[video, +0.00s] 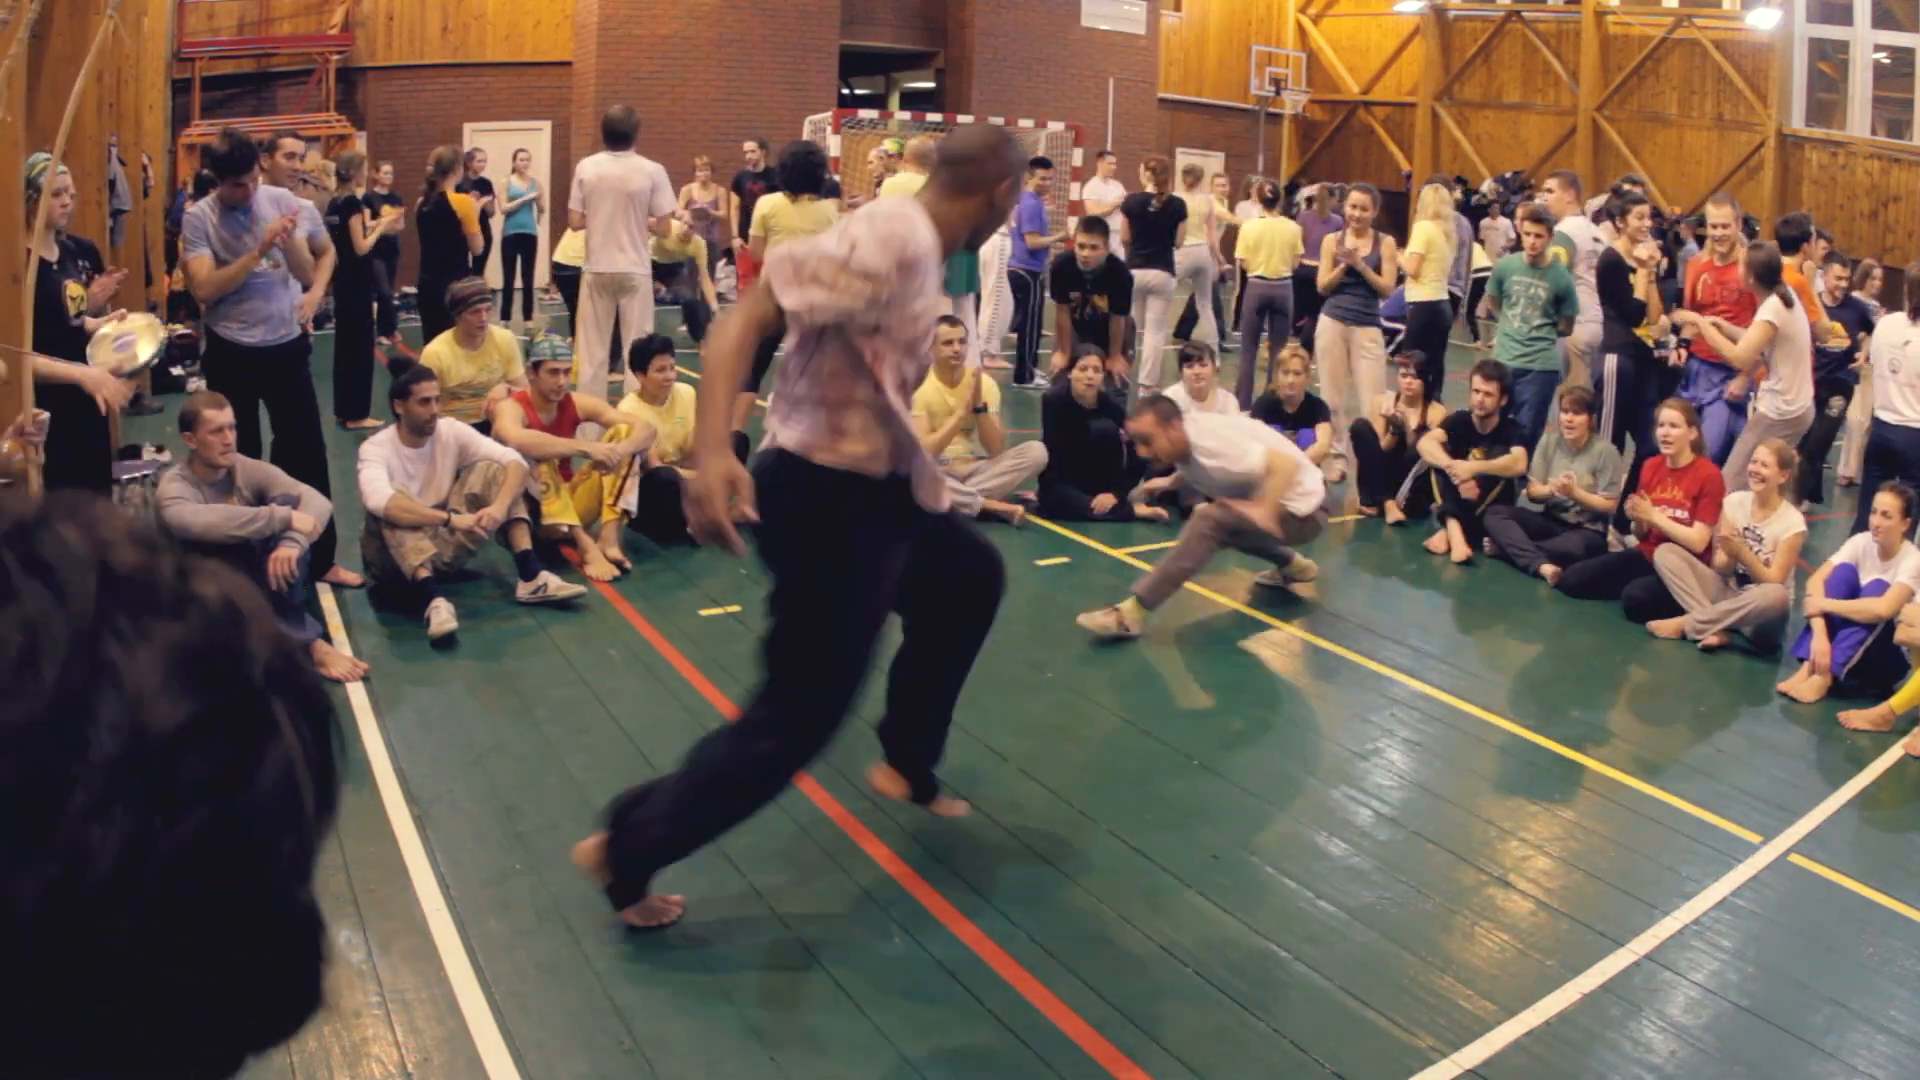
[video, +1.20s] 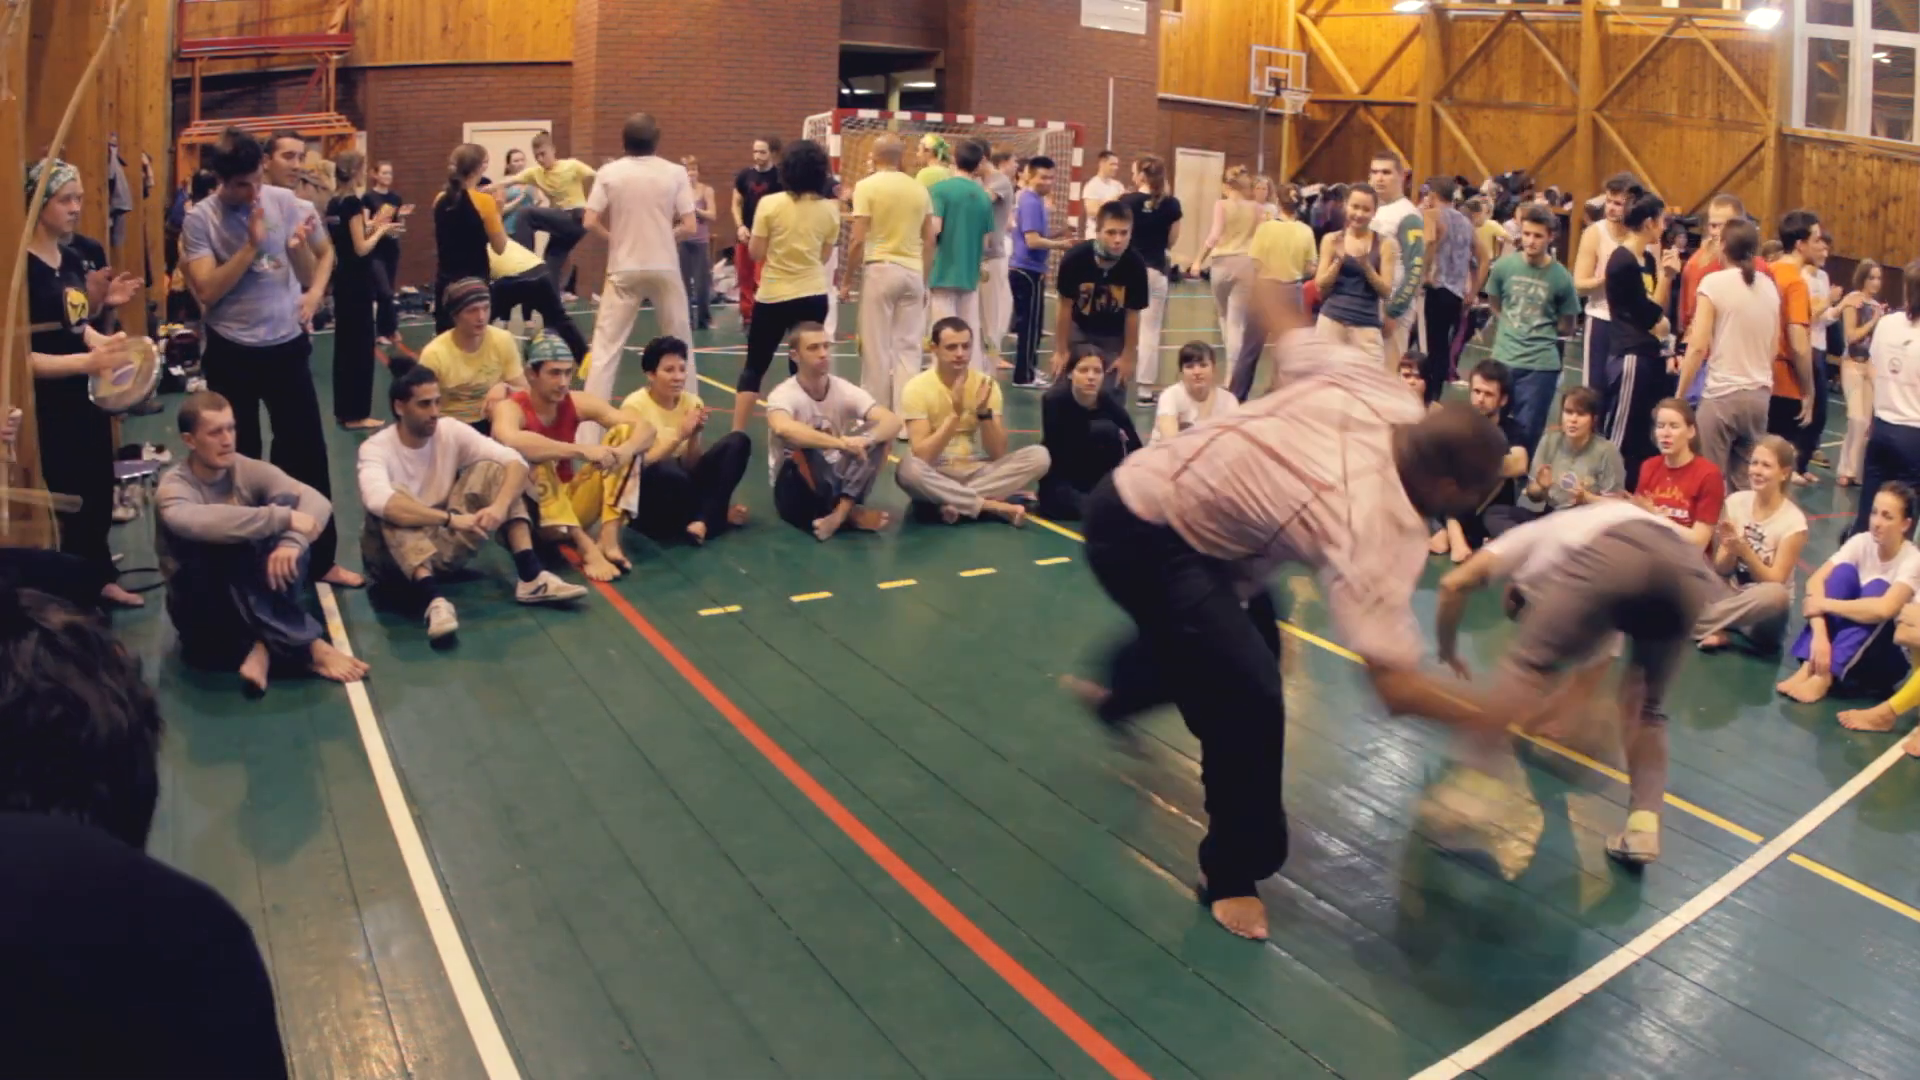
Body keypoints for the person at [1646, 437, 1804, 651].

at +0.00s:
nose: (1754, 469)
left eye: (1764, 465)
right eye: (1753, 462)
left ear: (1783, 476)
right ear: (1747, 464)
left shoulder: (1793, 521)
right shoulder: (1733, 501)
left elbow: (1774, 579)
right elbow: (1719, 566)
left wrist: (1741, 553)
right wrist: (1731, 554)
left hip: (1759, 603)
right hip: (1724, 591)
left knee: (1775, 595)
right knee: (1666, 552)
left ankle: (1685, 624)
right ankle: (1712, 629)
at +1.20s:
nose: (1757, 471)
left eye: (1766, 465)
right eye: (1754, 463)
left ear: (1784, 473)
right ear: (1748, 466)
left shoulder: (1794, 521)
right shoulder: (1734, 502)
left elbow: (1776, 578)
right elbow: (1720, 567)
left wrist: (1743, 551)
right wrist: (1730, 549)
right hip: (1726, 589)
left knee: (1774, 594)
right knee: (1685, 555)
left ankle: (1690, 624)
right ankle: (1709, 631)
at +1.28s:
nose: (1758, 471)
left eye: (1767, 465)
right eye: (1755, 463)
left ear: (1785, 473)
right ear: (1748, 466)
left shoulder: (1794, 521)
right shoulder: (1734, 502)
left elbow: (1777, 576)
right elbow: (1721, 546)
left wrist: (1742, 547)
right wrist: (1722, 536)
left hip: (1765, 589)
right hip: (1728, 582)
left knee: (1773, 591)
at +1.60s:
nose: (1759, 472)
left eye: (1769, 466)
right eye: (1756, 464)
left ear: (1785, 474)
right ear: (1749, 466)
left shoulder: (1794, 522)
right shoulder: (1735, 502)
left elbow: (1776, 579)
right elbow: (1720, 564)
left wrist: (1742, 549)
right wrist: (1733, 547)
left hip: (1764, 601)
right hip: (1727, 589)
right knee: (1666, 554)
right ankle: (1707, 620)